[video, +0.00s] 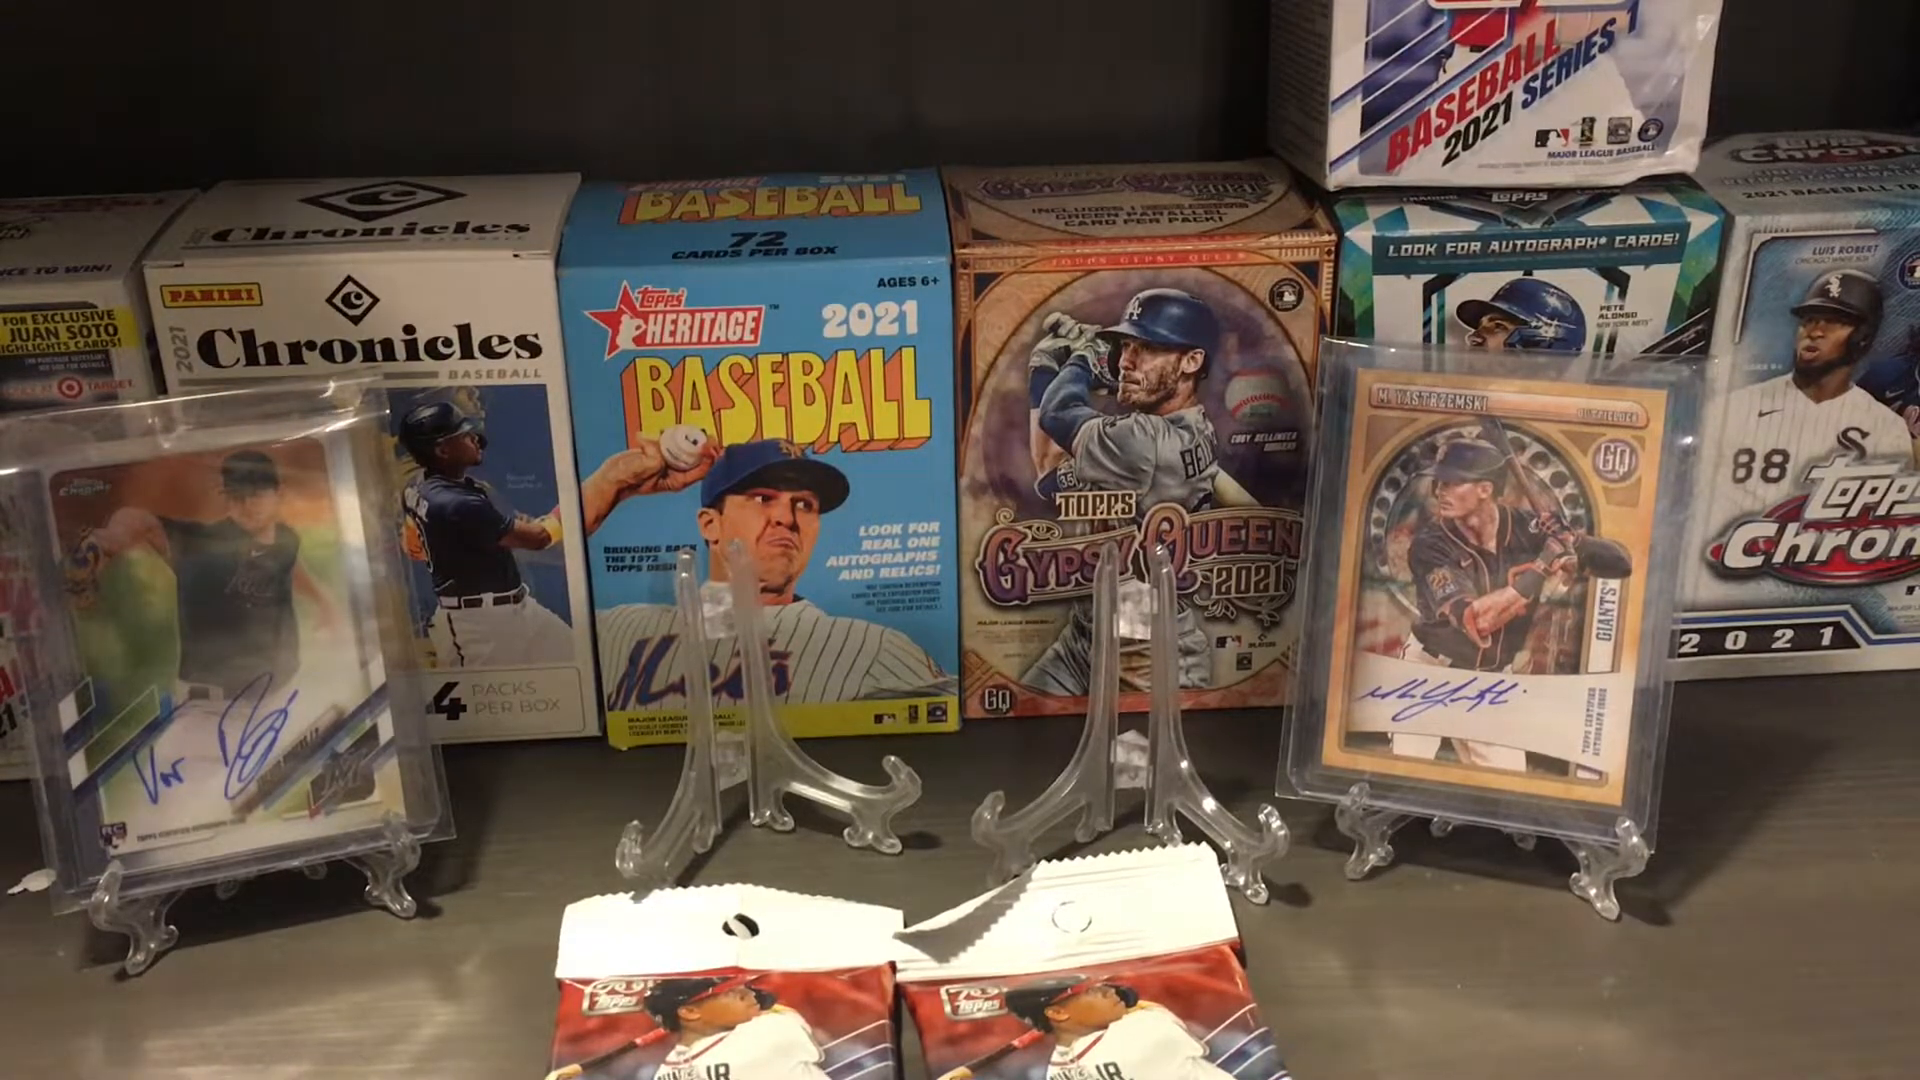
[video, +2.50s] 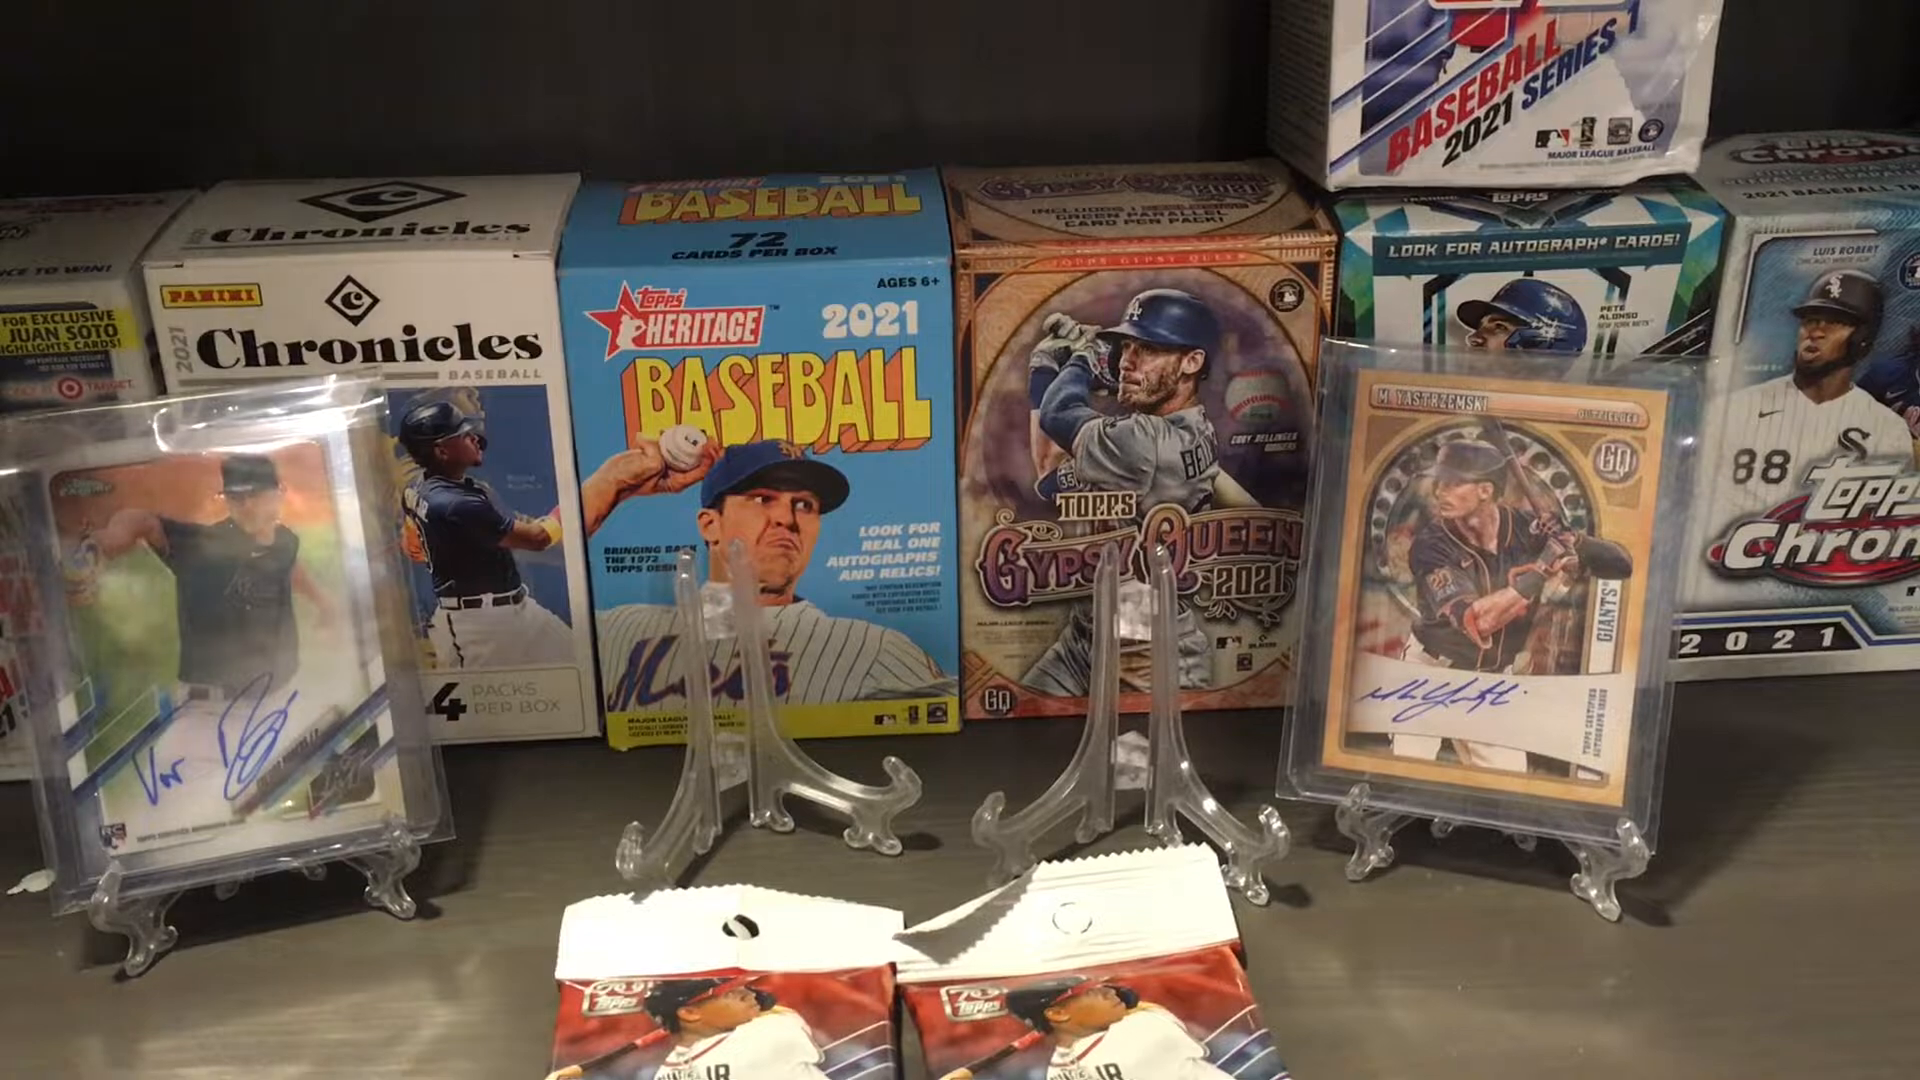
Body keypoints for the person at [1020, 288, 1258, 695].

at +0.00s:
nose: (1127, 361)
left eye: (1147, 350)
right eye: (1126, 347)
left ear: (1190, 363)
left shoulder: (1139, 440)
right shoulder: (1190, 430)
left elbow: (1059, 408)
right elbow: (1048, 474)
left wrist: (1086, 360)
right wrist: (1041, 372)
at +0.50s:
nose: (1127, 362)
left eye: (1147, 350)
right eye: (1126, 347)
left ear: (1190, 363)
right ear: (1121, 348)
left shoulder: (1139, 441)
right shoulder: (1190, 431)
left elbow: (1059, 409)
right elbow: (1048, 475)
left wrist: (1087, 360)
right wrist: (1042, 373)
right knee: (1011, 736)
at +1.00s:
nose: (1128, 361)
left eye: (1148, 349)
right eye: (1127, 347)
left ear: (1190, 363)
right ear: (1121, 348)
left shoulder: (1138, 440)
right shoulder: (1190, 430)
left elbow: (1059, 409)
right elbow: (1048, 476)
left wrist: (1087, 360)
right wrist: (1041, 373)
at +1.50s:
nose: (1128, 361)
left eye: (1148, 350)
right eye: (1127, 347)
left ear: (1190, 363)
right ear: (1121, 348)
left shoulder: (1139, 441)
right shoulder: (1190, 430)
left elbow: (1059, 409)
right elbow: (1048, 476)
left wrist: (1088, 360)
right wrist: (1041, 373)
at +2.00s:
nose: (1127, 362)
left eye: (1148, 350)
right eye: (1126, 347)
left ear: (1190, 363)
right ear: (1120, 348)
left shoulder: (1140, 441)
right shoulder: (1187, 430)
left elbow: (1059, 410)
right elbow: (1048, 476)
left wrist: (1087, 361)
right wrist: (1042, 372)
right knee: (1009, 738)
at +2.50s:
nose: (1127, 363)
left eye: (1147, 351)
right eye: (1126, 348)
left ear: (1191, 363)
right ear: (1119, 349)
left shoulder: (1141, 442)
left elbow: (1060, 410)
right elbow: (1049, 478)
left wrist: (1086, 359)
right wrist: (1043, 369)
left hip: (1161, 649)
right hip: (1089, 642)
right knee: (1009, 739)